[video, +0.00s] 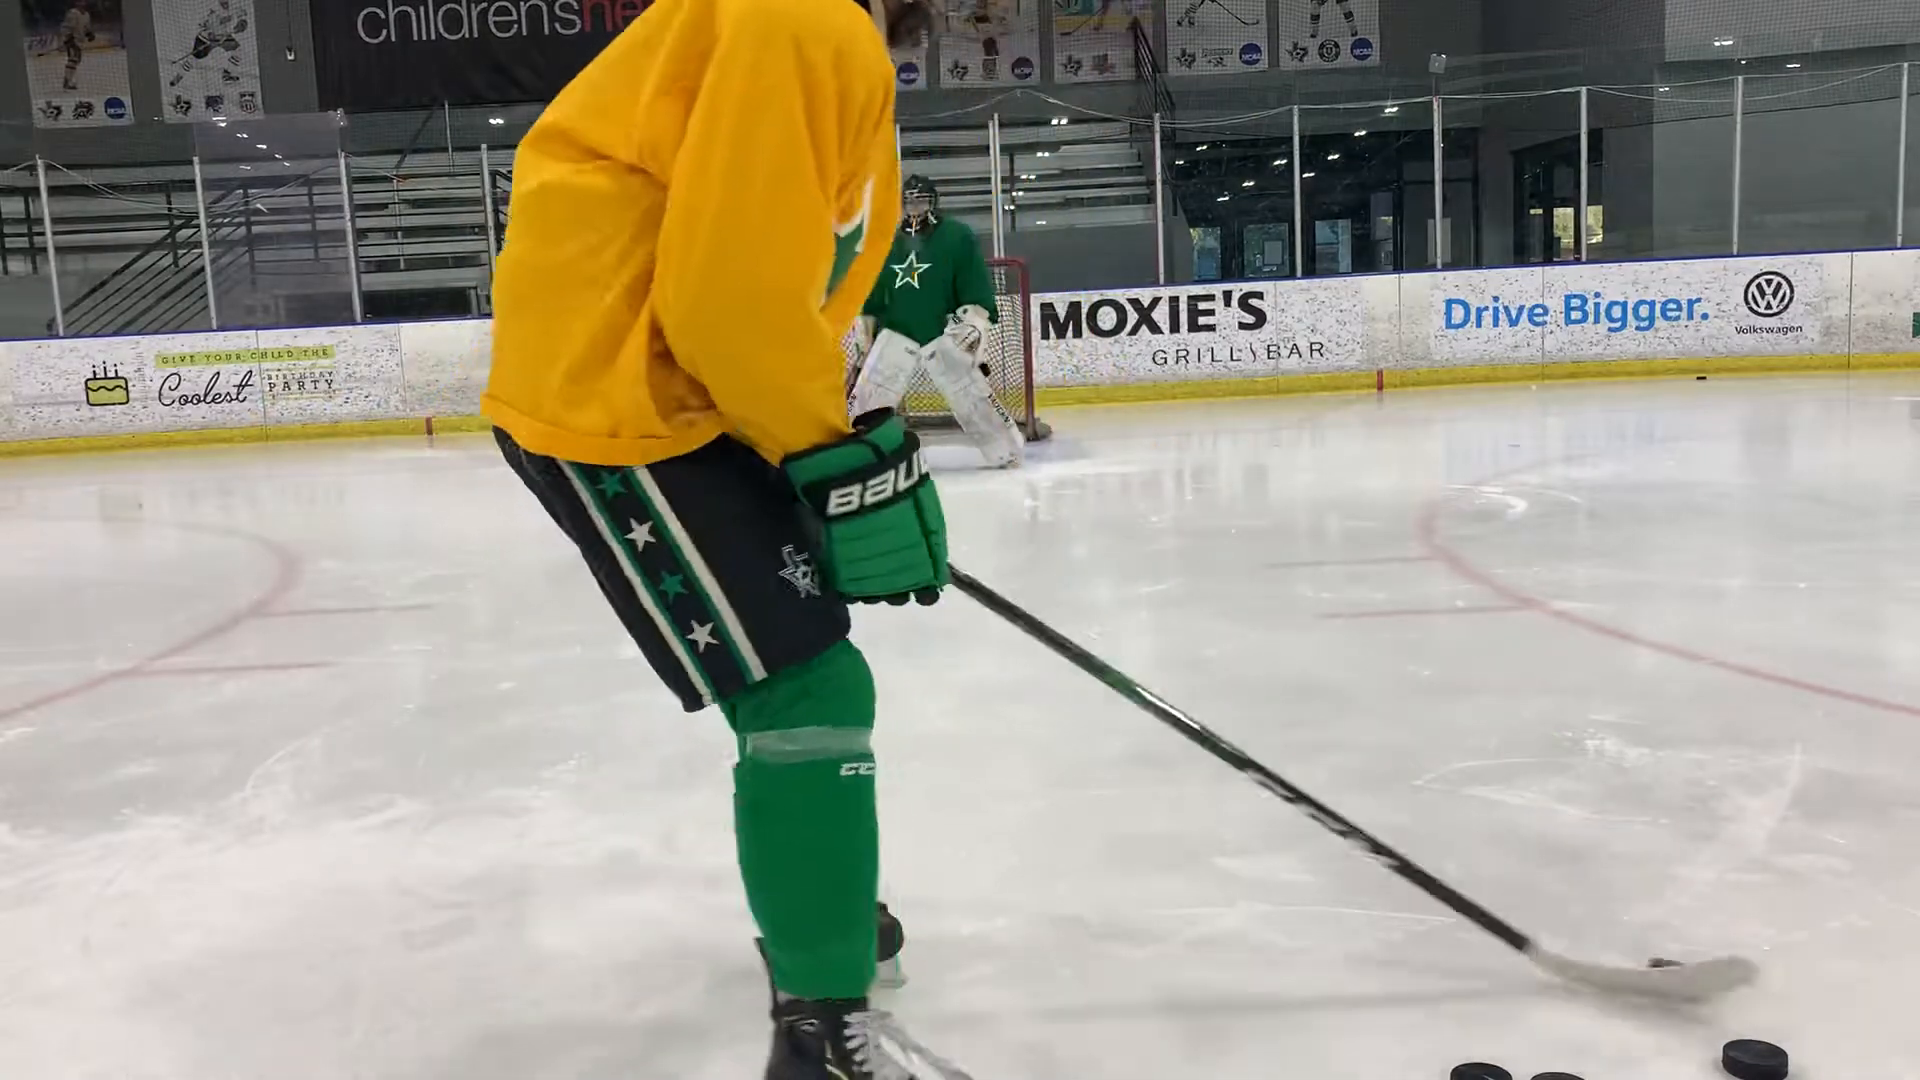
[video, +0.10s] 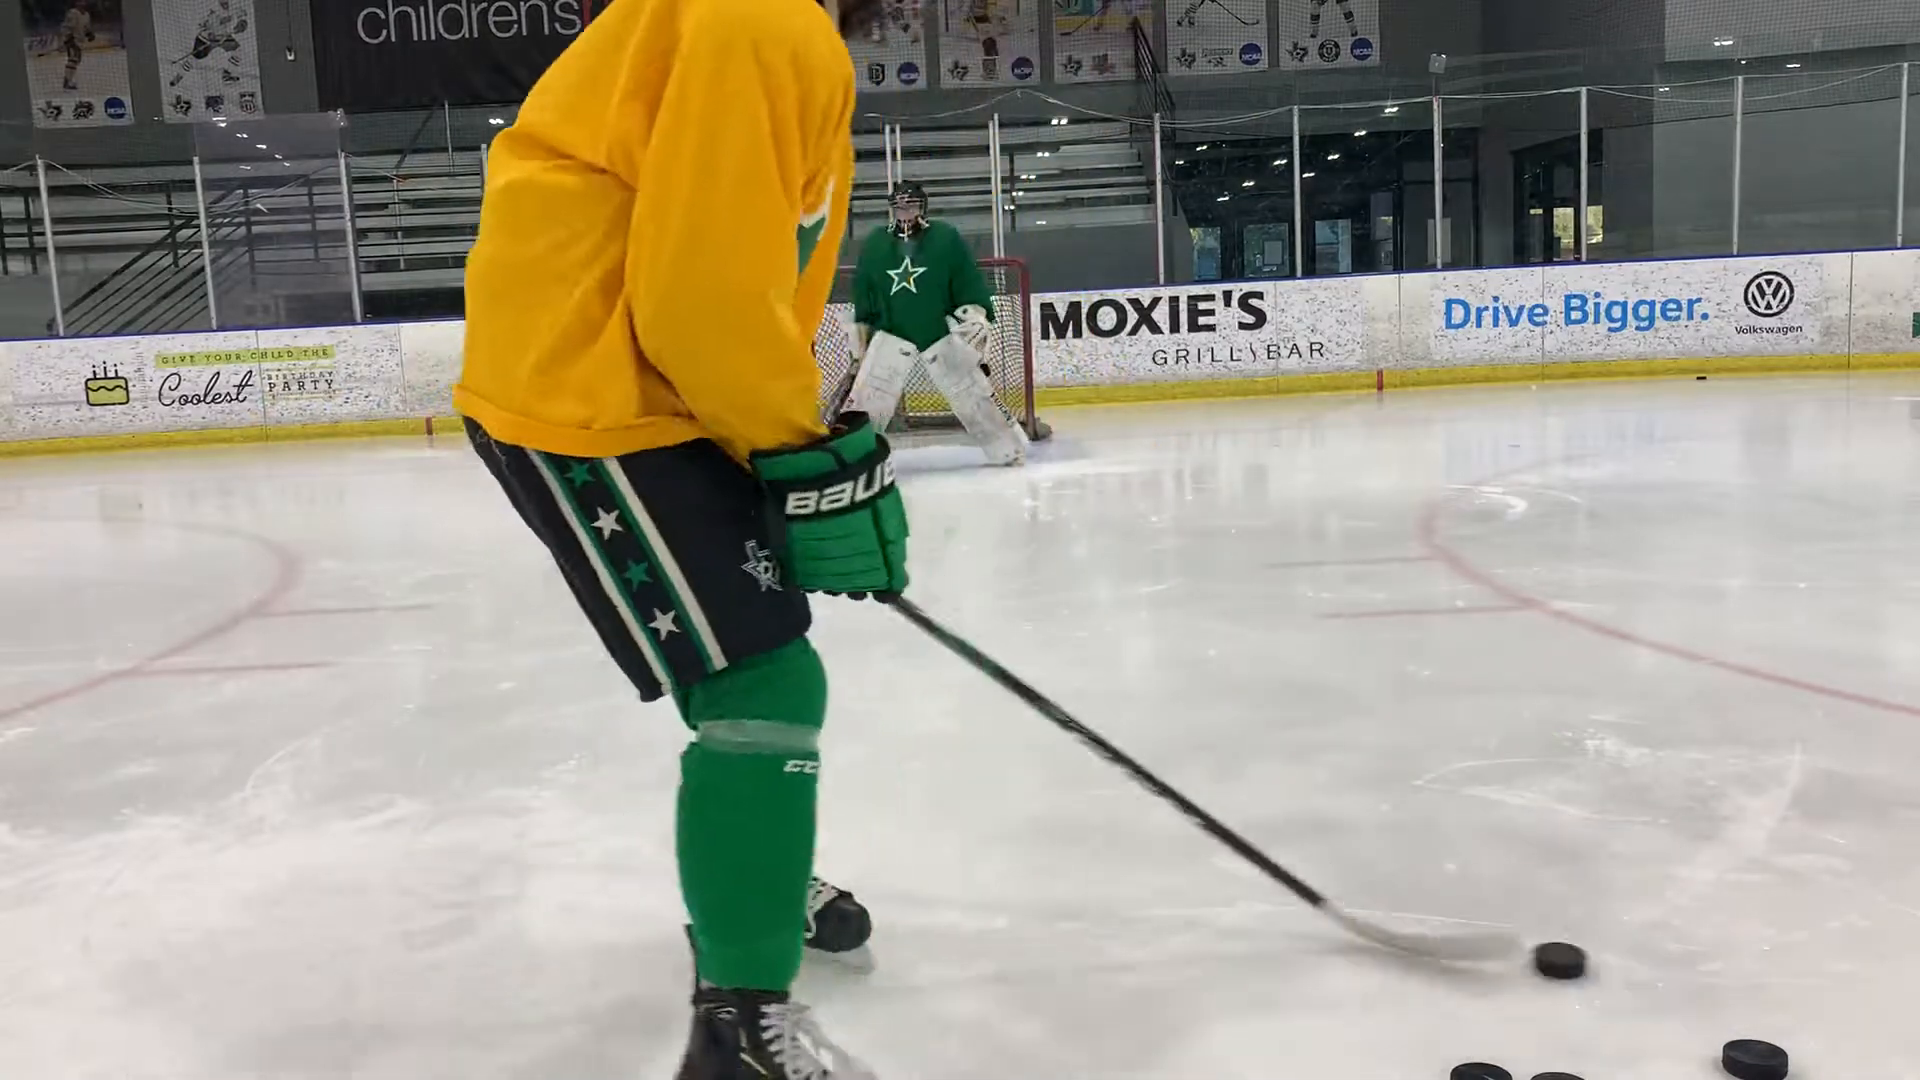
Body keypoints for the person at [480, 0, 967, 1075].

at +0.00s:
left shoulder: (824, 34)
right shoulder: (798, 28)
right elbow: (729, 288)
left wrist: (882, 276)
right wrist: (849, 470)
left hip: (665, 388)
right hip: (613, 400)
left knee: (799, 671)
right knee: (808, 692)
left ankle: (817, 921)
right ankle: (820, 1026)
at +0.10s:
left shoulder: (762, 25)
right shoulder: (759, 28)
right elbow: (703, 294)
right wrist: (812, 467)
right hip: (582, 393)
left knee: (759, 666)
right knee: (763, 687)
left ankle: (754, 898)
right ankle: (742, 1022)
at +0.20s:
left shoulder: (689, 27)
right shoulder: (726, 39)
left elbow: (690, 283)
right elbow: (674, 300)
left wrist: (761, 452)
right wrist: (771, 477)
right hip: (542, 397)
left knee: (699, 666)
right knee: (703, 696)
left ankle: (685, 885)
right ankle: (665, 1028)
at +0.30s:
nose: (793, 14)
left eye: (797, 9)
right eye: (791, 2)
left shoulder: (624, 30)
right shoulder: (686, 63)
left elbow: (634, 295)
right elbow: (643, 320)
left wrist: (706, 464)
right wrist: (709, 495)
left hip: (448, 382)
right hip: (492, 403)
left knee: (602, 662)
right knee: (651, 701)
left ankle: (606, 871)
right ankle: (590, 1020)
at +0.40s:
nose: (744, 16)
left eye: (755, 9)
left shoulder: (534, 33)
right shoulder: (640, 84)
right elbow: (601, 338)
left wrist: (627, 477)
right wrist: (650, 513)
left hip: (352, 389)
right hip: (438, 408)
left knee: (493, 675)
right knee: (593, 717)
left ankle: (474, 879)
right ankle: (539, 1033)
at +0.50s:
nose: (687, 29)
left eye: (706, 24)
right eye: (694, 4)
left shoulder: (450, 24)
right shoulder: (590, 109)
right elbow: (545, 370)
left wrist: (537, 484)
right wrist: (580, 524)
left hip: (262, 386)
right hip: (368, 408)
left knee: (398, 663)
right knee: (535, 723)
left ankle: (363, 897)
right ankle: (501, 1041)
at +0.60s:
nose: (623, 26)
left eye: (636, 20)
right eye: (626, 6)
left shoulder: (363, 19)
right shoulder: (534, 118)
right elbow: (485, 398)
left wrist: (453, 477)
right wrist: (516, 532)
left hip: (162, 386)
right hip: (296, 414)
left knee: (303, 679)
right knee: (470, 732)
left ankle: (269, 923)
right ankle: (444, 1051)